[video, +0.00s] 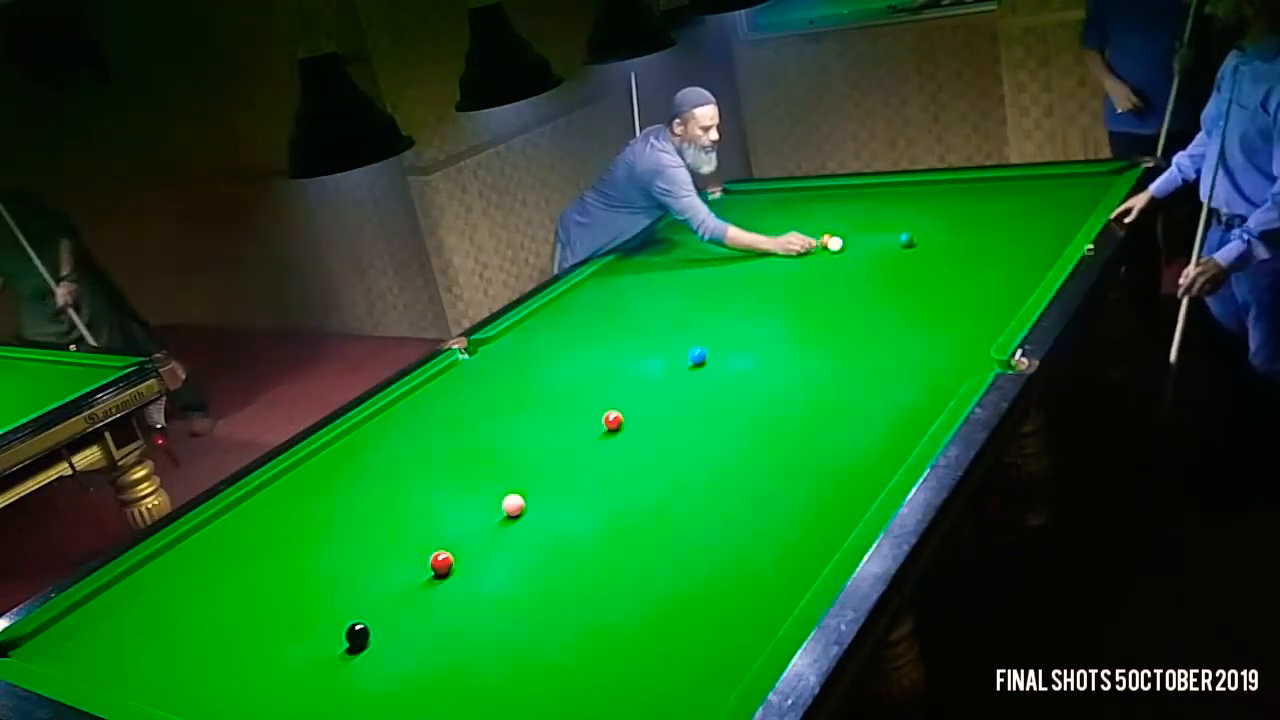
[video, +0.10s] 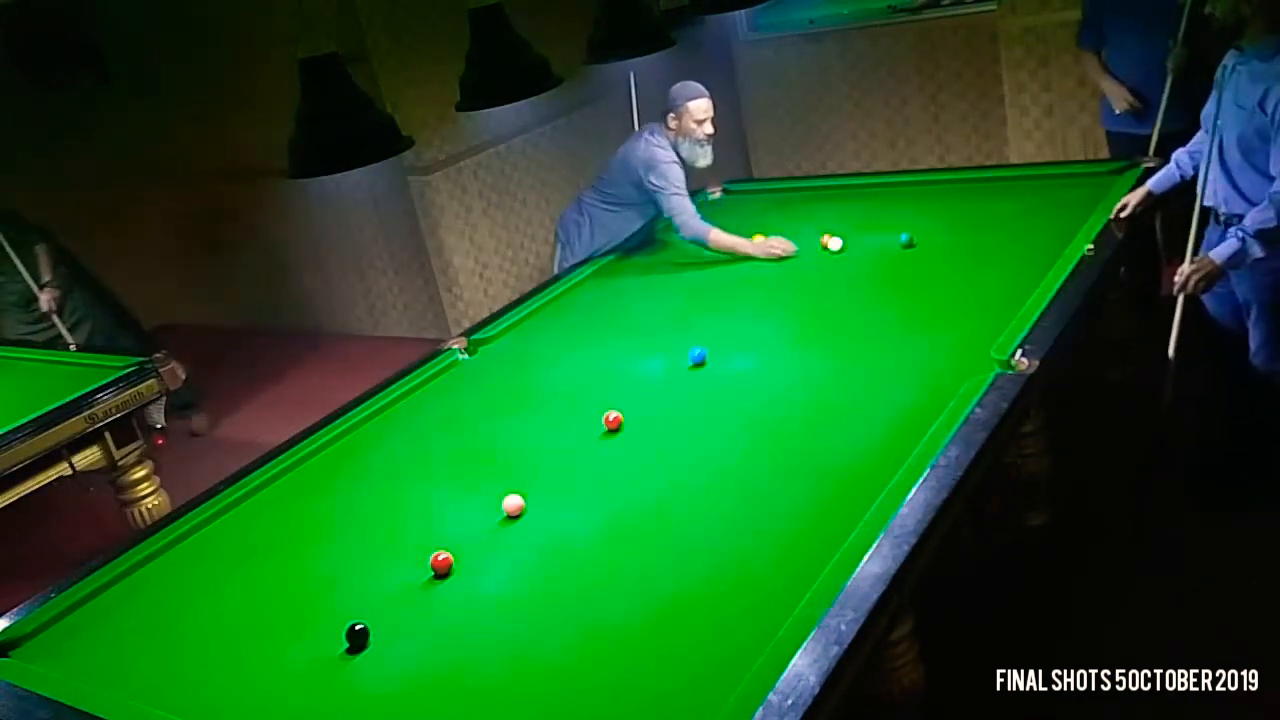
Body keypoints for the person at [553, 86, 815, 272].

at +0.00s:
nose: (715, 138)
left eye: (716, 128)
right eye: (706, 129)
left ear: (680, 127)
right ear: (678, 128)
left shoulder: (663, 135)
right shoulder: (662, 164)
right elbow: (706, 226)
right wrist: (773, 243)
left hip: (623, 234)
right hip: (586, 241)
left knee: (610, 312)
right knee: (578, 320)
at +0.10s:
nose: (709, 130)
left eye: (710, 121)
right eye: (699, 123)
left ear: (674, 121)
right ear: (672, 123)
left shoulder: (663, 136)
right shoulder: (658, 158)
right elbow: (689, 227)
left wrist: (697, 192)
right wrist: (753, 247)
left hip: (621, 231)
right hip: (587, 238)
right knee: (576, 317)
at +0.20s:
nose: (698, 119)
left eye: (699, 110)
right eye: (687, 111)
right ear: (660, 112)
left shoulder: (651, 134)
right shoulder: (646, 148)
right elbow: (662, 223)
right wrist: (720, 253)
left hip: (614, 232)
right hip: (587, 239)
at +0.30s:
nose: (679, 106)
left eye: (680, 96)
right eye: (668, 98)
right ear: (642, 99)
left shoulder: (645, 129)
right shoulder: (629, 136)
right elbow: (620, 211)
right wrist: (668, 255)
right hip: (587, 237)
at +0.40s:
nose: (656, 95)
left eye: (658, 86)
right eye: (645, 88)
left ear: (660, 84)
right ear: (621, 90)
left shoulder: (636, 123)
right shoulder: (605, 130)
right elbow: (578, 201)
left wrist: (640, 189)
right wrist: (618, 255)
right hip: (581, 242)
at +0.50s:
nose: (634, 87)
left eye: (635, 78)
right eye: (622, 80)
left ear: (638, 77)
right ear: (598, 83)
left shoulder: (627, 120)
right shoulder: (580, 128)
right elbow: (551, 196)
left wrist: (631, 190)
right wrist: (572, 250)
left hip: (611, 236)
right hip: (578, 245)